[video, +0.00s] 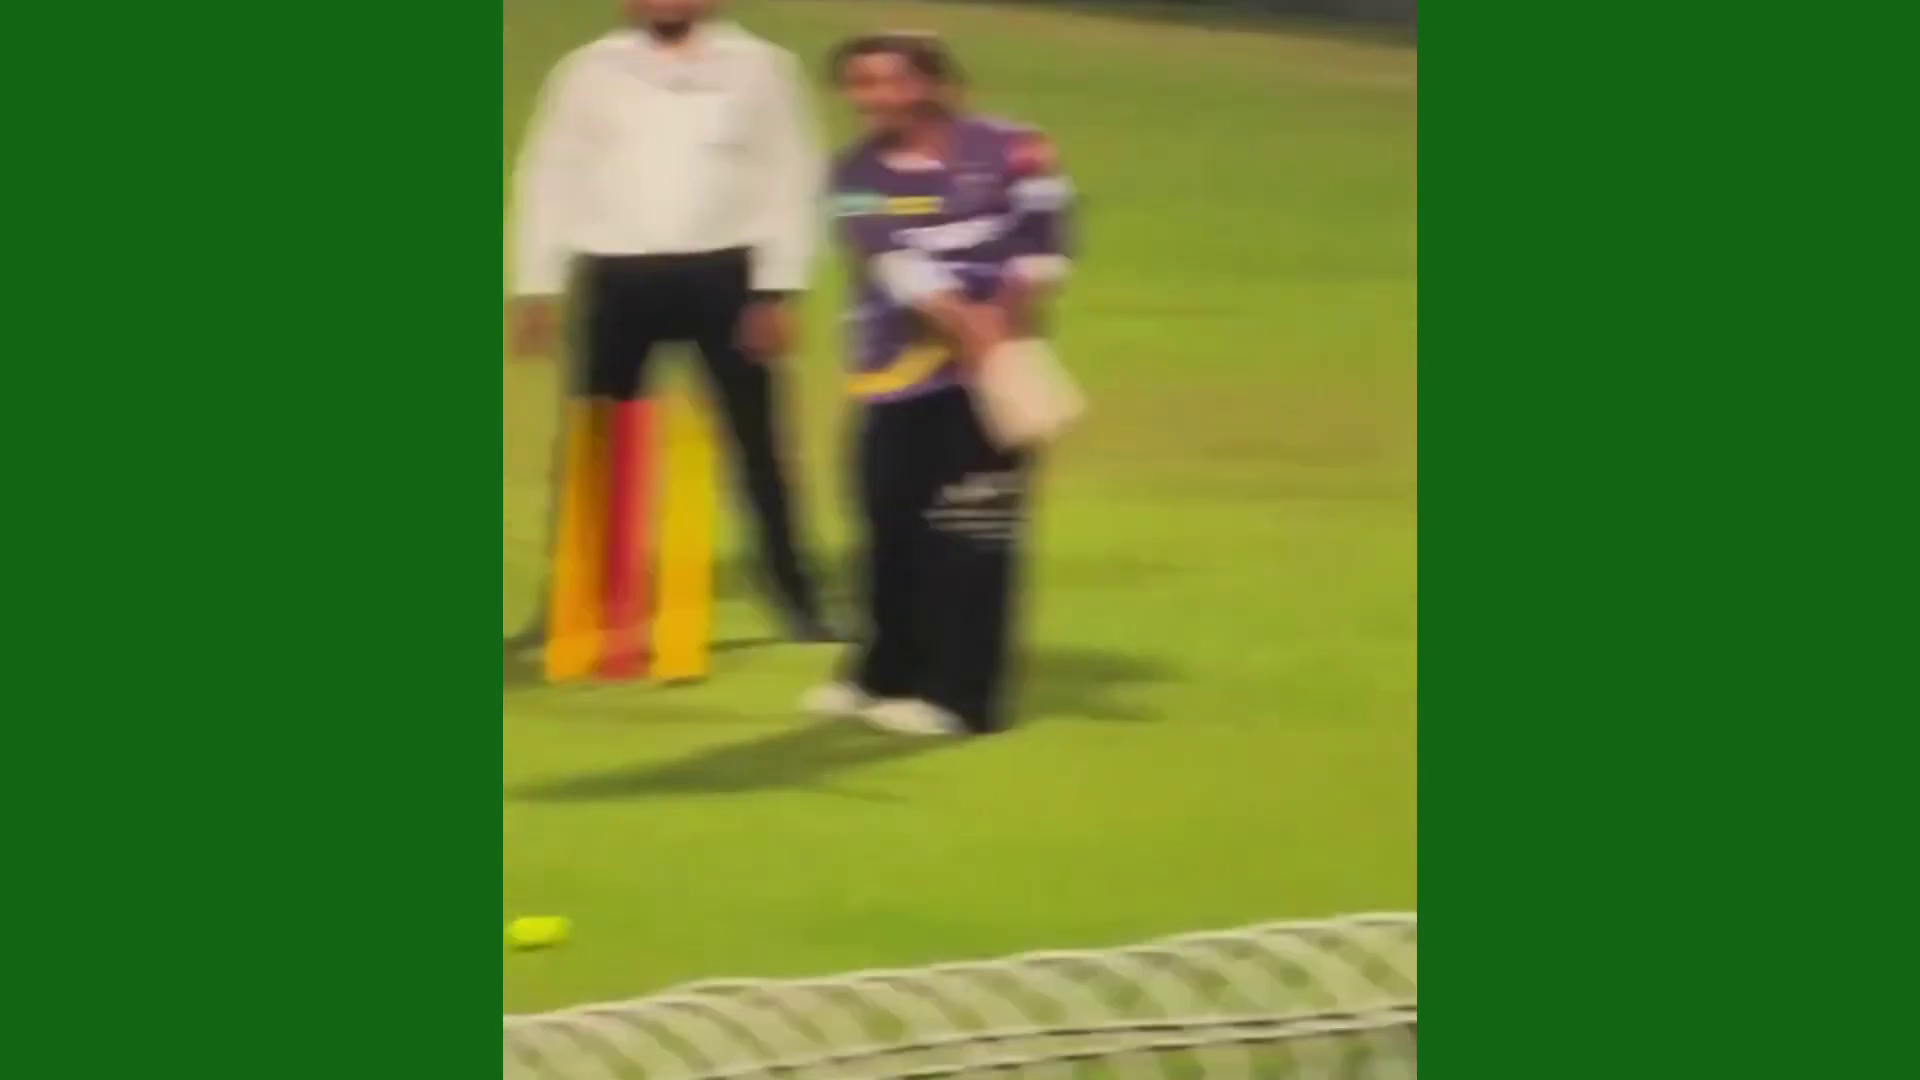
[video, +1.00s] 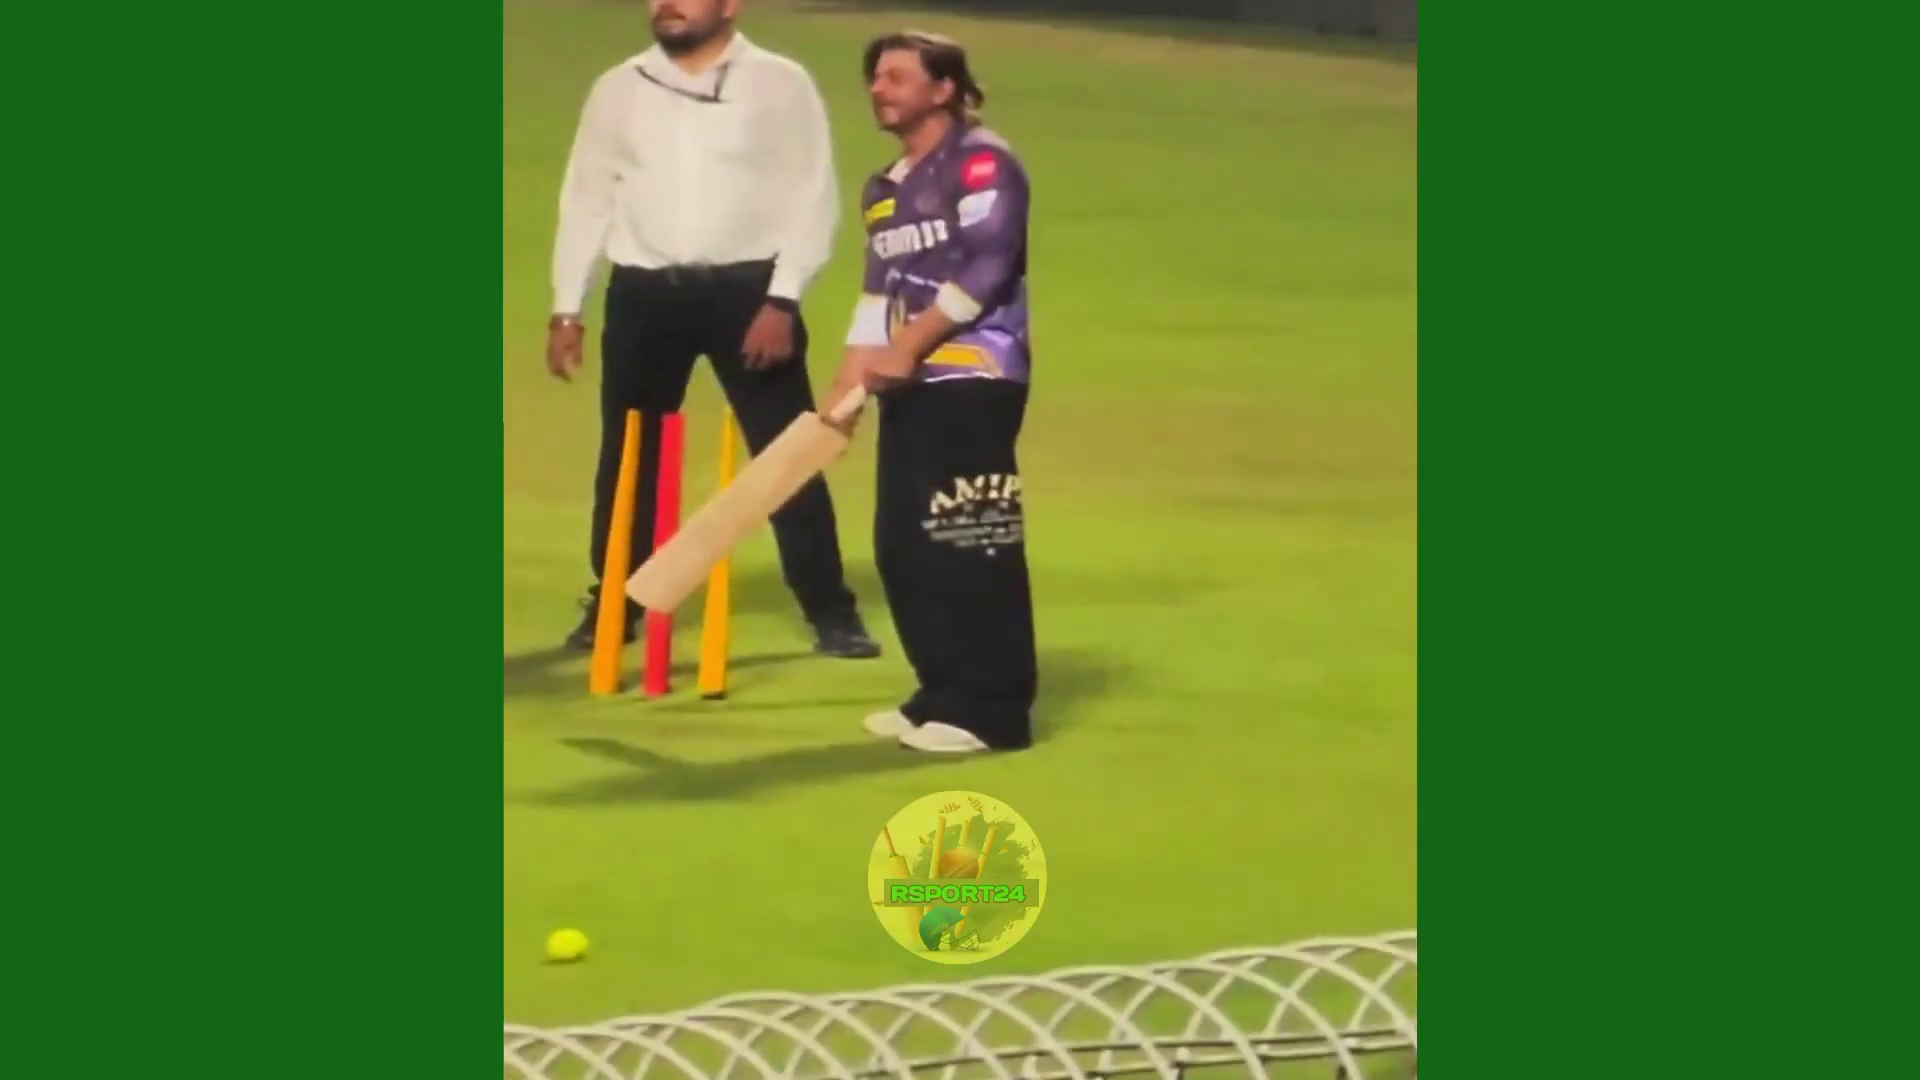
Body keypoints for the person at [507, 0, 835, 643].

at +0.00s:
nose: (666, 2)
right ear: (635, 1)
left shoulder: (760, 68)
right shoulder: (587, 72)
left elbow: (790, 184)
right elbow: (545, 181)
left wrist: (776, 287)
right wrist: (538, 286)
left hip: (721, 275)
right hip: (619, 278)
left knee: (760, 450)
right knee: (595, 452)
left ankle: (797, 600)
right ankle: (570, 608)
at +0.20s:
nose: (608, 6)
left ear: (669, 6)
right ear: (592, 11)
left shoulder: (728, 84)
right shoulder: (560, 93)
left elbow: (761, 198)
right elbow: (531, 202)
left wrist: (737, 301)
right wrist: (523, 310)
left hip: (698, 299)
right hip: (593, 303)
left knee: (739, 463)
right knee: (570, 468)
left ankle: (777, 618)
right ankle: (557, 617)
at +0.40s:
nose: (614, 4)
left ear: (676, 4)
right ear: (601, 10)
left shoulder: (734, 79)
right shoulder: (570, 88)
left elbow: (768, 191)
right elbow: (539, 197)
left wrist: (736, 293)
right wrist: (532, 307)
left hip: (704, 294)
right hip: (600, 298)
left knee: (745, 456)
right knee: (579, 463)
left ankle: (787, 614)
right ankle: (566, 617)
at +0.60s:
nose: (629, 4)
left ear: (692, 4)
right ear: (618, 10)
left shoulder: (752, 81)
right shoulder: (586, 90)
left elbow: (782, 192)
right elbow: (553, 199)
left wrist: (749, 294)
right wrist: (541, 306)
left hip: (718, 294)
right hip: (614, 298)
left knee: (760, 458)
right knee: (596, 464)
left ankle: (804, 616)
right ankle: (580, 621)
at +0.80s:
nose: (650, 3)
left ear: (709, 3)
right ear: (637, 7)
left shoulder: (767, 76)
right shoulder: (603, 84)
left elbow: (799, 188)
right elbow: (570, 195)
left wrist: (765, 291)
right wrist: (552, 303)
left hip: (734, 292)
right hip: (630, 295)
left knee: (776, 453)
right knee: (611, 459)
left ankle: (820, 610)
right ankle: (599, 611)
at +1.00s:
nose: (666, 4)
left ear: (727, 6)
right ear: (651, 8)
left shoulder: (784, 85)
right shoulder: (618, 90)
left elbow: (815, 197)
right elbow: (584, 200)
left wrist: (784, 299)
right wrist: (568, 307)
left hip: (748, 298)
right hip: (645, 301)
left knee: (791, 457)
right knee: (626, 462)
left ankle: (832, 615)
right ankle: (614, 610)